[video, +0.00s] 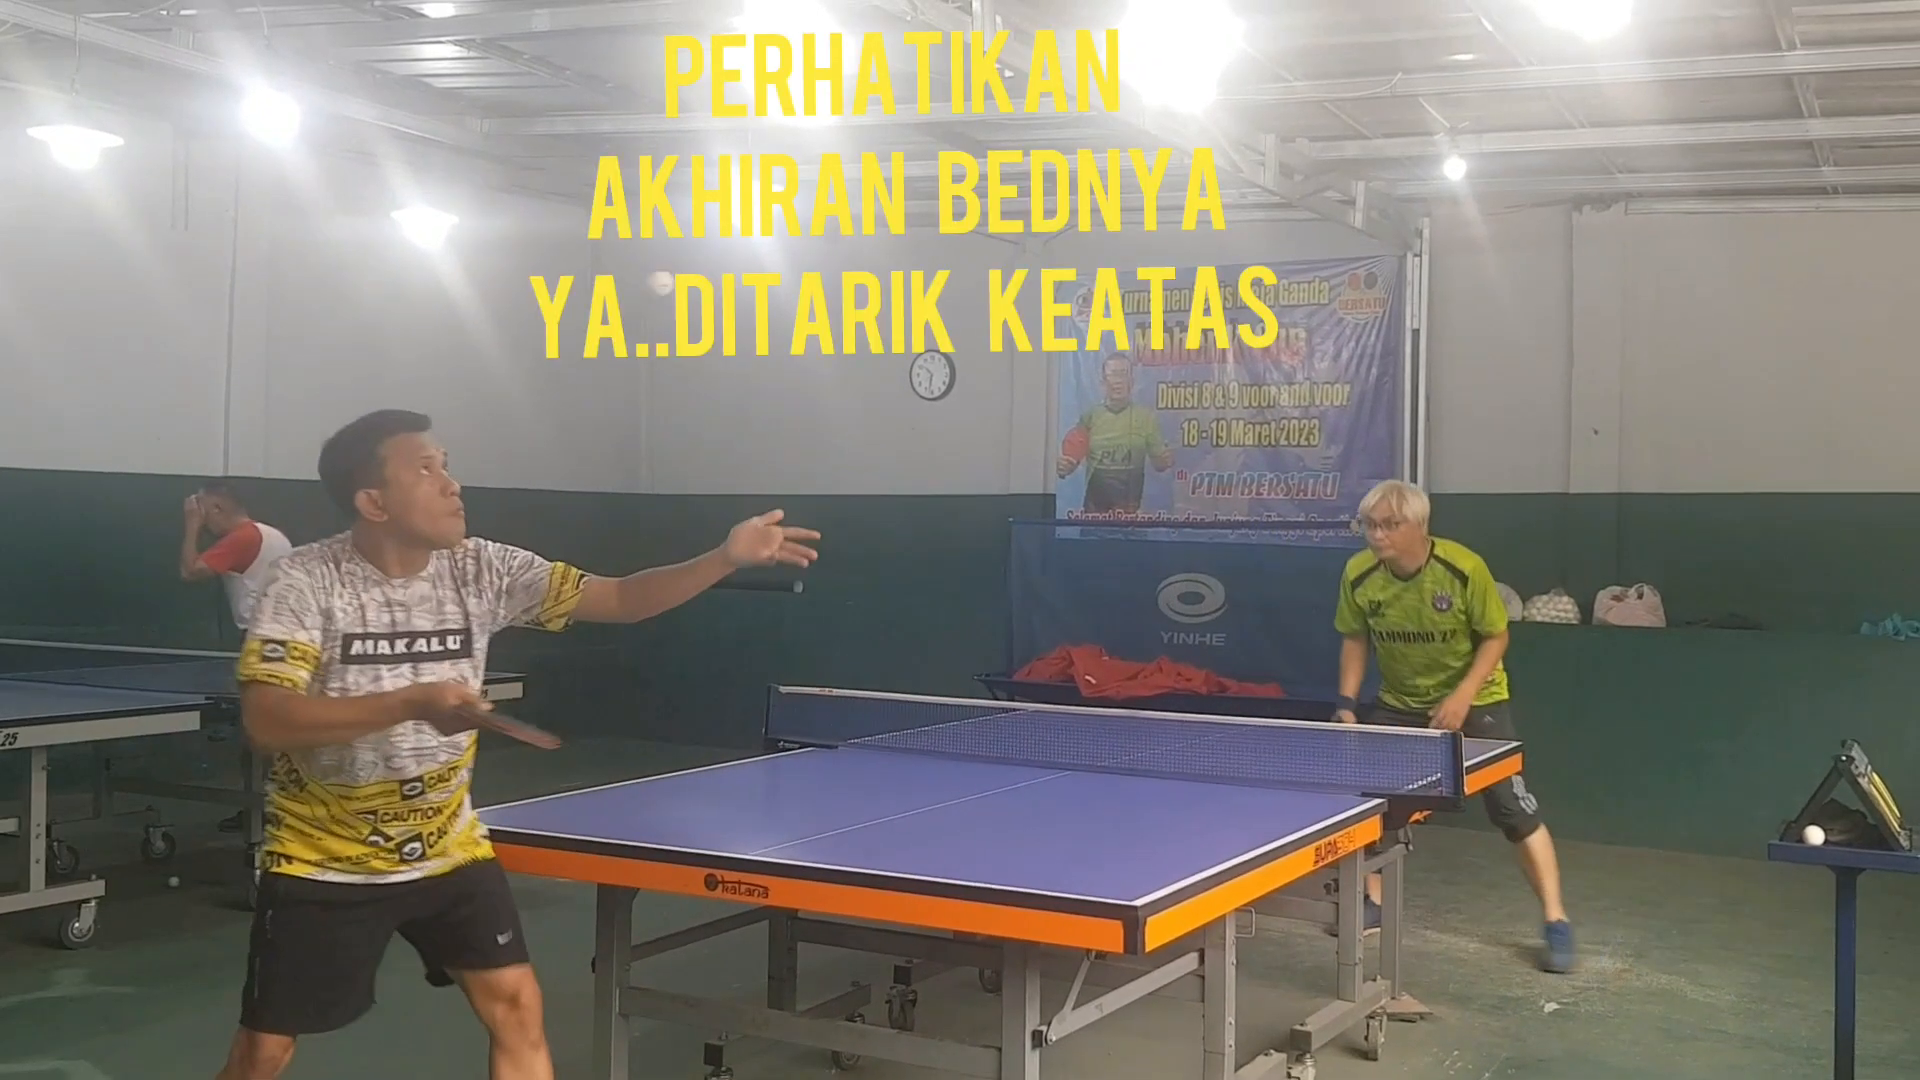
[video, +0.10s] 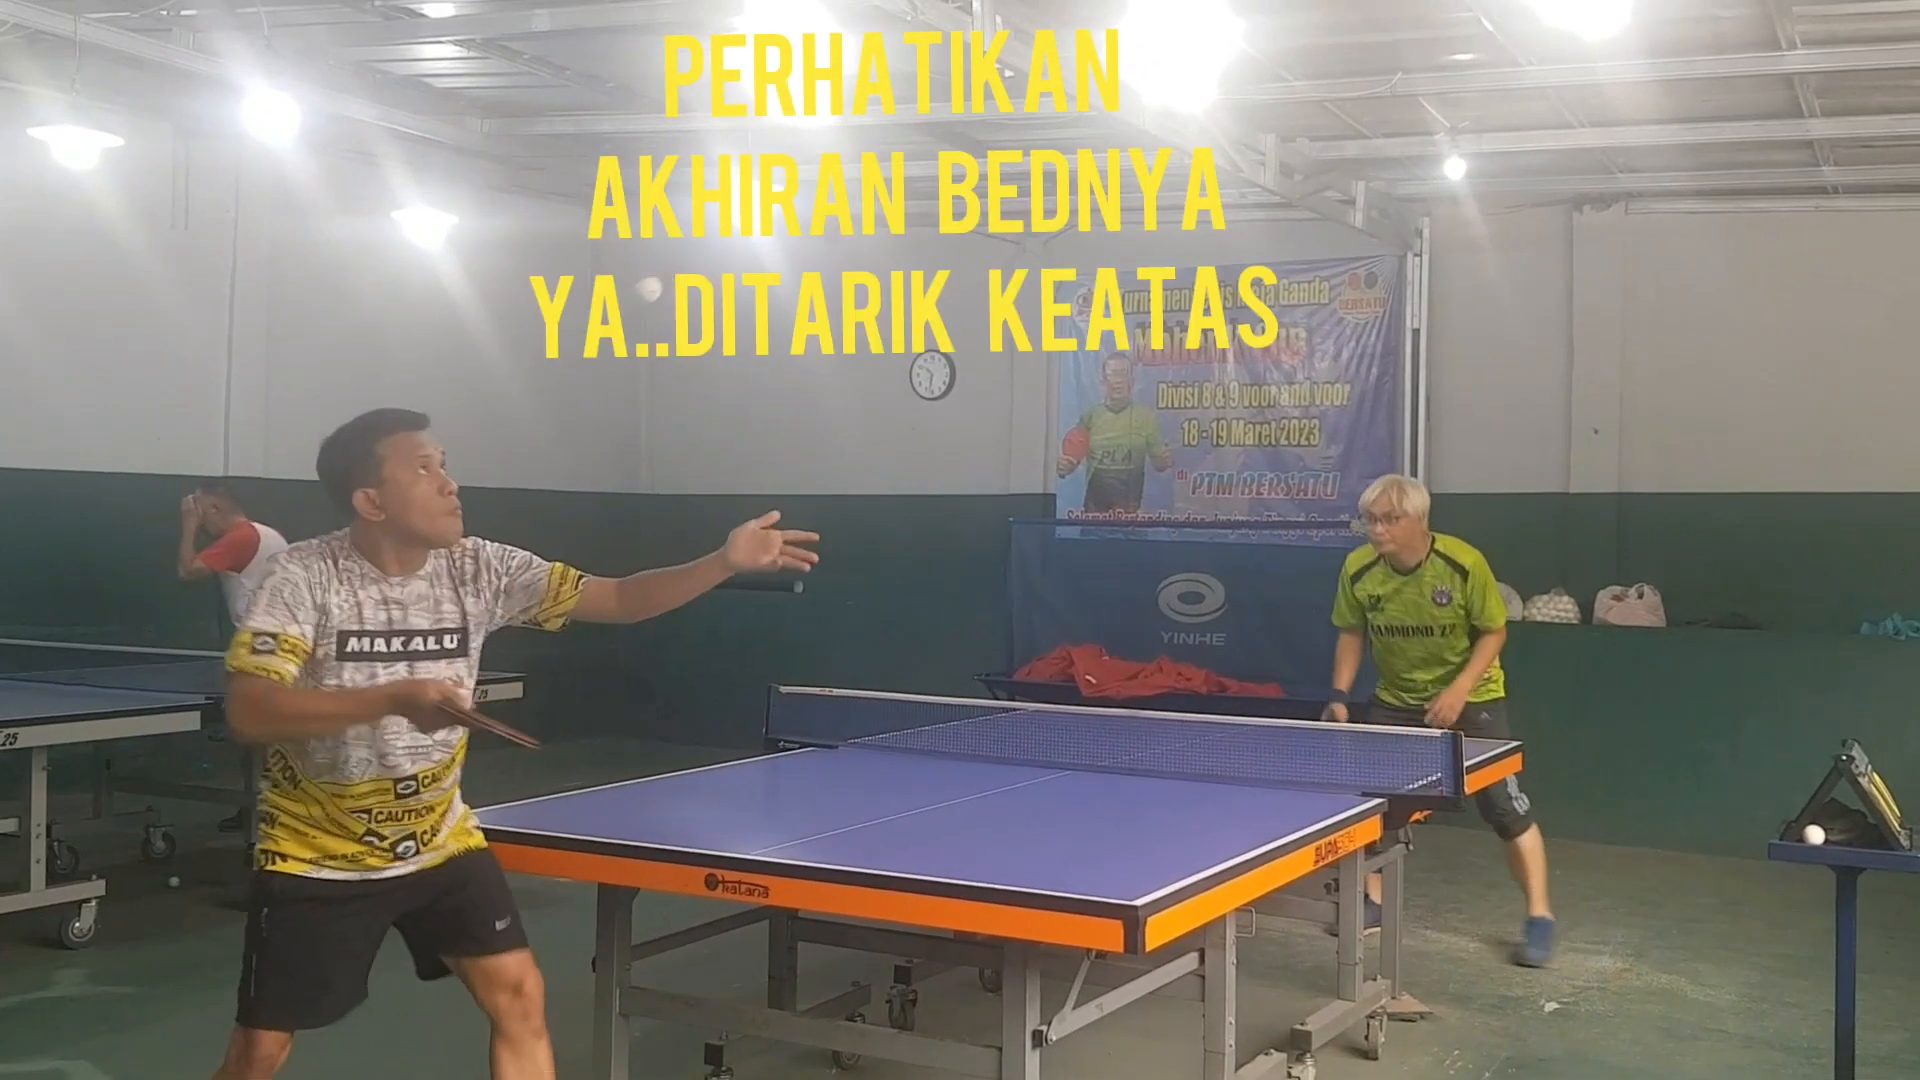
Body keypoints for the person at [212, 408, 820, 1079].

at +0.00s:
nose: (453, 483)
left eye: (446, 468)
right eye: (429, 471)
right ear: (371, 502)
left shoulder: (482, 570)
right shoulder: (303, 582)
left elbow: (622, 597)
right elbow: (267, 719)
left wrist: (728, 556)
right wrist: (413, 702)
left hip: (446, 844)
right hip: (320, 856)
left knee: (515, 1003)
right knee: (263, 1053)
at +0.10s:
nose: (450, 482)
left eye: (444, 467)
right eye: (426, 470)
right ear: (368, 502)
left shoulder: (480, 570)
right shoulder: (297, 578)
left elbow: (620, 598)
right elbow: (249, 710)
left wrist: (726, 560)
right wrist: (395, 698)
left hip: (437, 837)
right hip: (312, 849)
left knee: (519, 993)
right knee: (259, 1053)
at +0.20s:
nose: (450, 482)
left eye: (444, 467)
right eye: (426, 470)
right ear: (368, 502)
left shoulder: (480, 570)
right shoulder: (297, 578)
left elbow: (620, 598)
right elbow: (249, 710)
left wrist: (726, 560)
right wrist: (395, 698)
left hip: (437, 838)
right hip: (312, 850)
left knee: (519, 994)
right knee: (259, 1053)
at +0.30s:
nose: (451, 481)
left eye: (446, 466)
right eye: (427, 469)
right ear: (368, 500)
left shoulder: (480, 569)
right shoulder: (295, 572)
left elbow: (619, 599)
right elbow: (233, 696)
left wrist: (725, 563)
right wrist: (381, 686)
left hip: (432, 833)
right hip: (309, 846)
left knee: (523, 982)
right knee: (257, 1051)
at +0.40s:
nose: (451, 481)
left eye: (446, 466)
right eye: (427, 469)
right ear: (368, 501)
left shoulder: (480, 569)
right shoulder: (295, 572)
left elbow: (619, 599)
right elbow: (233, 696)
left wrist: (725, 563)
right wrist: (381, 686)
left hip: (432, 832)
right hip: (309, 845)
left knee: (523, 982)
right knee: (257, 1051)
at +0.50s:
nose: (452, 481)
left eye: (448, 465)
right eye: (427, 469)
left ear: (444, 477)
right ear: (368, 500)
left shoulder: (480, 569)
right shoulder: (297, 569)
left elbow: (617, 601)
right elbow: (218, 683)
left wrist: (725, 564)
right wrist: (362, 670)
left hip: (429, 827)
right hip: (306, 841)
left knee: (529, 970)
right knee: (258, 1043)